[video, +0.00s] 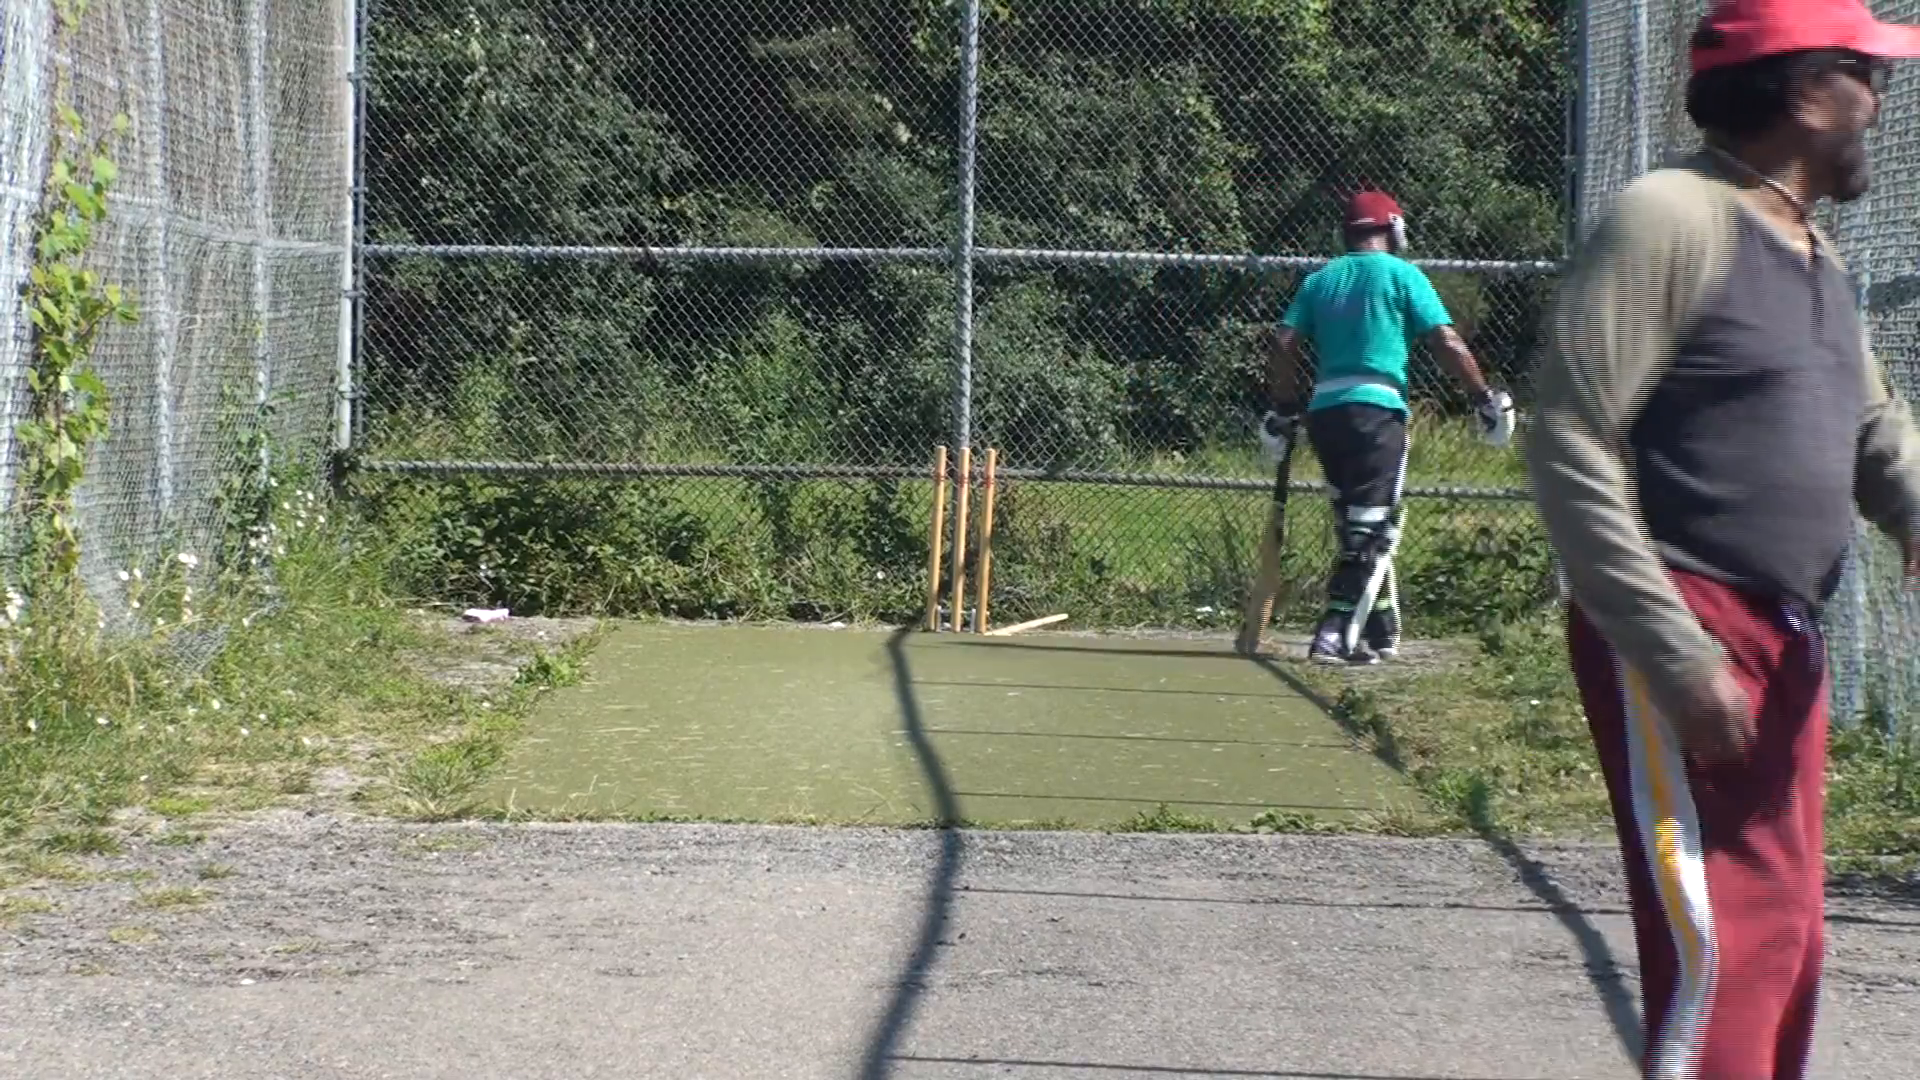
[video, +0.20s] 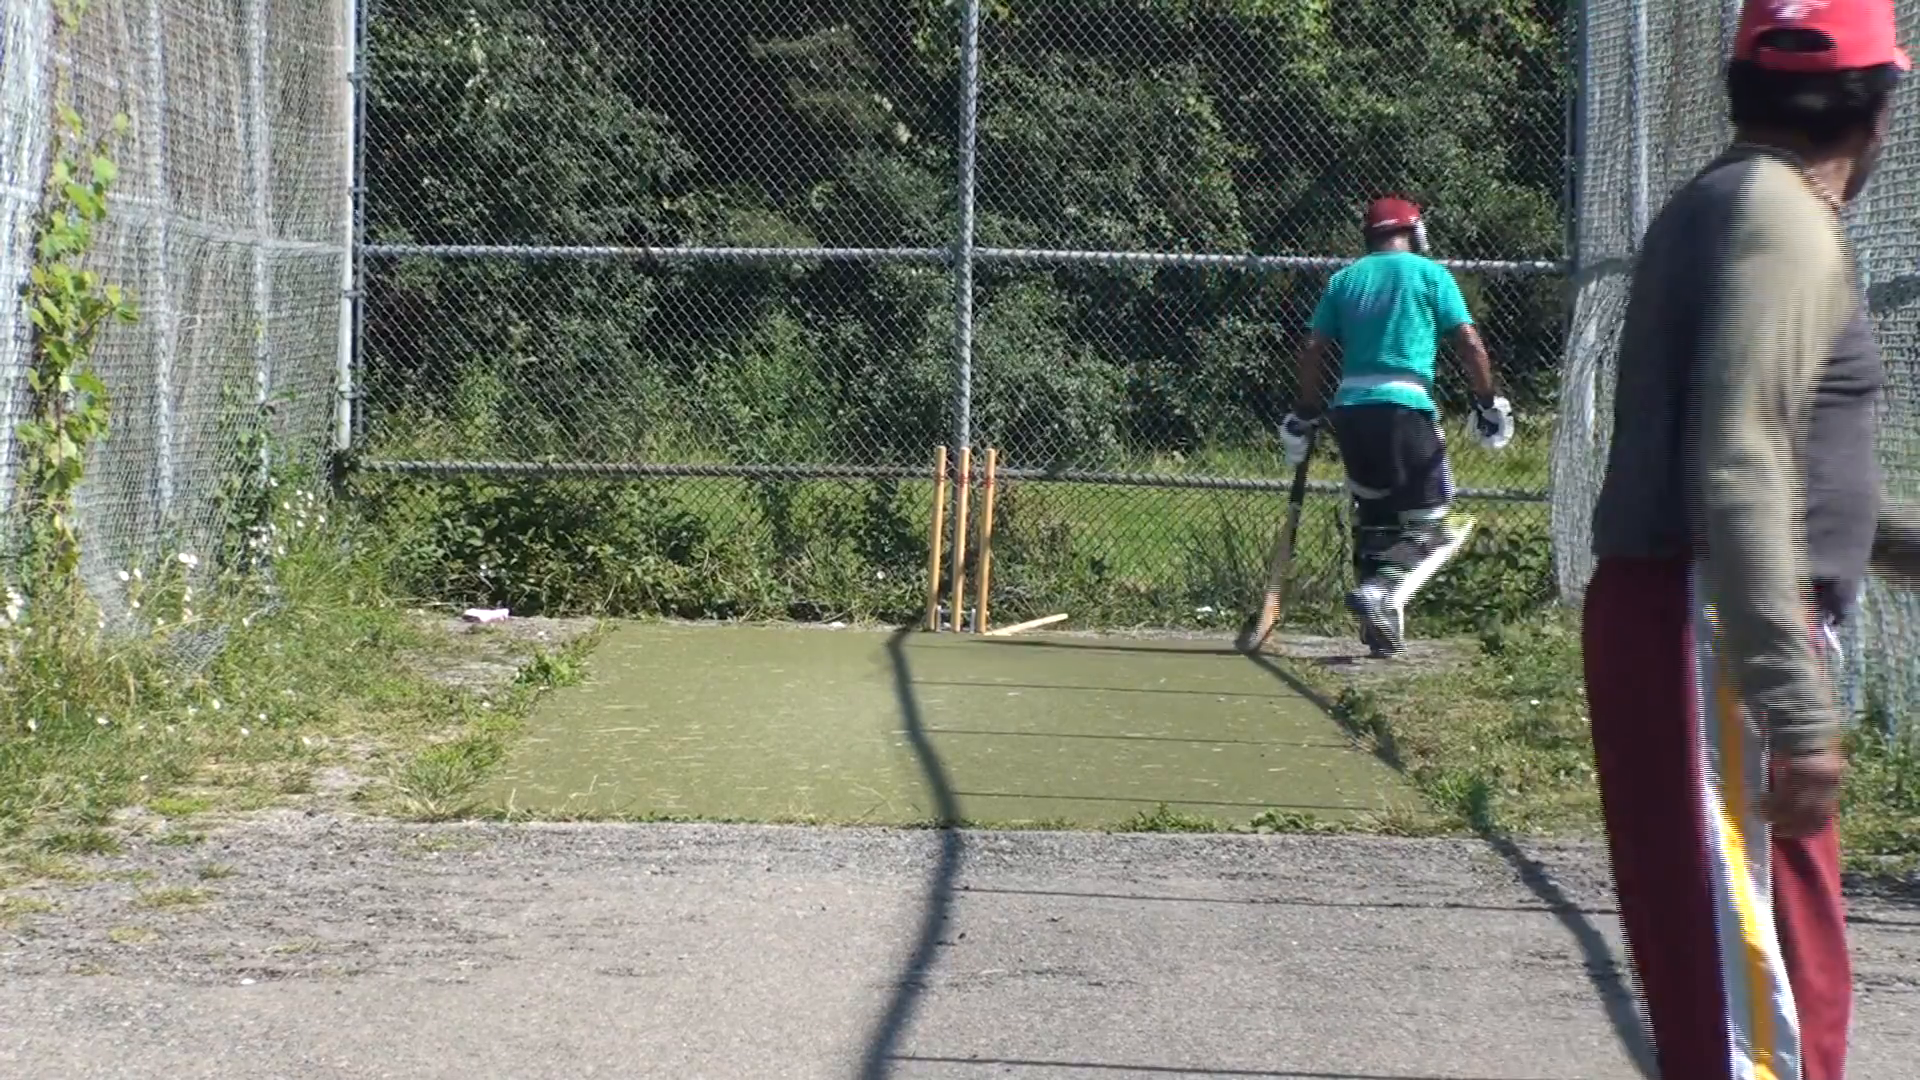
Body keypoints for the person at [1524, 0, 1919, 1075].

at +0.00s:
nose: (1878, 106)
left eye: (1874, 81)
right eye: (1861, 79)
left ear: (1797, 99)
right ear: (1796, 92)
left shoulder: (1816, 253)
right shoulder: (1663, 214)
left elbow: (1872, 431)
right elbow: (1565, 436)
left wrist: (1910, 516)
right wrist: (1674, 657)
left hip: (1783, 631)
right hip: (1679, 617)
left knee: (1790, 943)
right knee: (1724, 951)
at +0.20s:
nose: (1890, 119)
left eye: (1887, 98)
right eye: (1889, 98)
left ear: (1756, 98)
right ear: (1867, 106)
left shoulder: (1726, 202)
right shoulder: (1773, 212)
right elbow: (1736, 470)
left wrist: (1864, 524)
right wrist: (1800, 717)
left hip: (1679, 609)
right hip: (1714, 623)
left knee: (1740, 985)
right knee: (1772, 997)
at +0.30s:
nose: (1904, 116)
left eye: (1905, 96)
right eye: (1904, 98)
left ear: (1761, 95)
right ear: (1891, 107)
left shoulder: (1678, 207)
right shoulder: (1834, 216)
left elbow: (1634, 433)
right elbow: (1812, 448)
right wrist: (1881, 696)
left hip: (1621, 592)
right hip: (1734, 600)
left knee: (1650, 916)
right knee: (1760, 927)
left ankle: (1661, 1073)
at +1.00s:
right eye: (1856, 73)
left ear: (1722, 84)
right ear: (1863, 95)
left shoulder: (1620, 215)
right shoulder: (1906, 223)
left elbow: (1529, 472)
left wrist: (1612, 636)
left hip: (1661, 627)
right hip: (1865, 640)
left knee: (1621, 985)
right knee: (1872, 985)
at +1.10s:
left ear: (1752, 82)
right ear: (1894, 97)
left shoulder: (1659, 219)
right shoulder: (1911, 216)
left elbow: (1571, 483)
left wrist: (1614, 664)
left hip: (1703, 638)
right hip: (1891, 650)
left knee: (1641, 992)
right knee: (1887, 995)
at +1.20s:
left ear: (1784, 83)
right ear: (1911, 98)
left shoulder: (1699, 212)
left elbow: (1605, 464)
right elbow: (1607, 464)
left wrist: (1614, 639)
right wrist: (1620, 638)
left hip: (1747, 632)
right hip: (1909, 642)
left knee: (1682, 981)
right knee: (1901, 987)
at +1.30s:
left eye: (1789, 76)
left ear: (1799, 83)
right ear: (1918, 94)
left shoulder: (1720, 204)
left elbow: (1630, 461)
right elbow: (1633, 461)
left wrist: (1646, 649)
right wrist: (1647, 646)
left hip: (1764, 627)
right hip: (1914, 635)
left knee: (1701, 975)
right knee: (1916, 980)